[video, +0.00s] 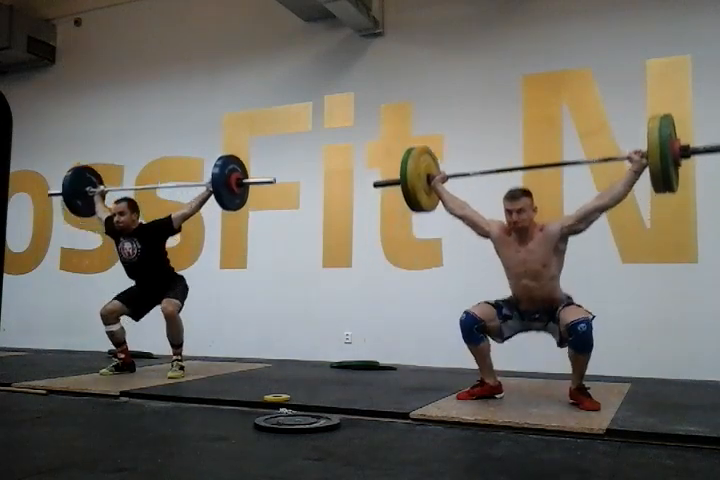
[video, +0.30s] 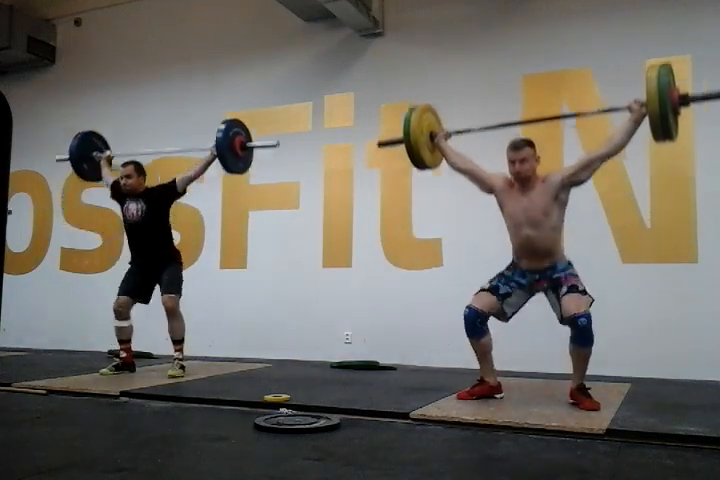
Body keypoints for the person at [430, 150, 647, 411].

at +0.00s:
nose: (515, 218)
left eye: (521, 212)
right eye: (510, 213)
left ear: (534, 210)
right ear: (505, 214)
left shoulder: (556, 232)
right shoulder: (497, 234)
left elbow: (600, 204)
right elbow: (464, 212)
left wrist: (635, 171)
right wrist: (438, 188)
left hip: (555, 310)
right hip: (516, 310)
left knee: (582, 327)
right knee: (470, 321)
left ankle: (577, 389)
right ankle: (489, 383)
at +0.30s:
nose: (518, 167)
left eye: (523, 161)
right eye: (513, 162)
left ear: (536, 160)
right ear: (507, 164)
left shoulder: (557, 183)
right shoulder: (500, 188)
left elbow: (604, 154)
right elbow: (464, 166)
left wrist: (635, 118)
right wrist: (440, 141)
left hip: (556, 270)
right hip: (520, 271)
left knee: (582, 323)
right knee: (473, 315)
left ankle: (578, 388)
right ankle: (489, 382)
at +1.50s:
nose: (528, 110)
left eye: (534, 105)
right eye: (524, 106)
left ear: (547, 111)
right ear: (519, 113)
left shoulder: (563, 140)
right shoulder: (506, 145)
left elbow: (607, 145)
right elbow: (467, 160)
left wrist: (624, 172)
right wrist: (441, 185)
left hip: (552, 226)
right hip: (518, 228)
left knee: (564, 303)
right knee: (513, 304)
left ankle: (572, 378)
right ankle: (509, 376)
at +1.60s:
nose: (521, 116)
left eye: (527, 110)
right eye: (517, 111)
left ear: (539, 113)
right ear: (511, 116)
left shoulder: (558, 147)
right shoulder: (500, 153)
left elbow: (599, 174)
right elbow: (467, 183)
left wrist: (627, 215)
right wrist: (444, 218)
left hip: (554, 235)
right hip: (518, 237)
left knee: (564, 307)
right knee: (512, 308)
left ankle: (573, 381)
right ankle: (510, 379)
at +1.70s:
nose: (514, 132)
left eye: (520, 126)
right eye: (509, 127)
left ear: (533, 130)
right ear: (504, 133)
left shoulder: (554, 166)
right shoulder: (496, 170)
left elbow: (595, 200)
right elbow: (467, 204)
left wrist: (625, 239)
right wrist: (446, 239)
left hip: (556, 243)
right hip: (520, 244)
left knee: (566, 309)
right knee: (510, 309)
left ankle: (572, 382)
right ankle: (510, 379)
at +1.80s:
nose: (510, 154)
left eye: (516, 149)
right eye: (505, 150)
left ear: (529, 151)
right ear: (500, 154)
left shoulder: (552, 181)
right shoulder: (492, 186)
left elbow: (596, 211)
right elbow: (463, 214)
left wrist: (626, 251)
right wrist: (445, 247)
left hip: (557, 246)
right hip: (520, 248)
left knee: (565, 308)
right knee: (511, 307)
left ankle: (573, 382)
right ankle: (510, 379)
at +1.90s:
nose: (508, 163)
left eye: (515, 157)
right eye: (504, 158)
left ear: (529, 159)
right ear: (499, 162)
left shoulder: (550, 189)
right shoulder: (491, 193)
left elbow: (595, 221)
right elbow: (463, 223)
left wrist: (625, 260)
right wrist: (444, 256)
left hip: (557, 247)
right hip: (520, 248)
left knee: (566, 308)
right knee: (511, 308)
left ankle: (572, 382)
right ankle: (511, 379)